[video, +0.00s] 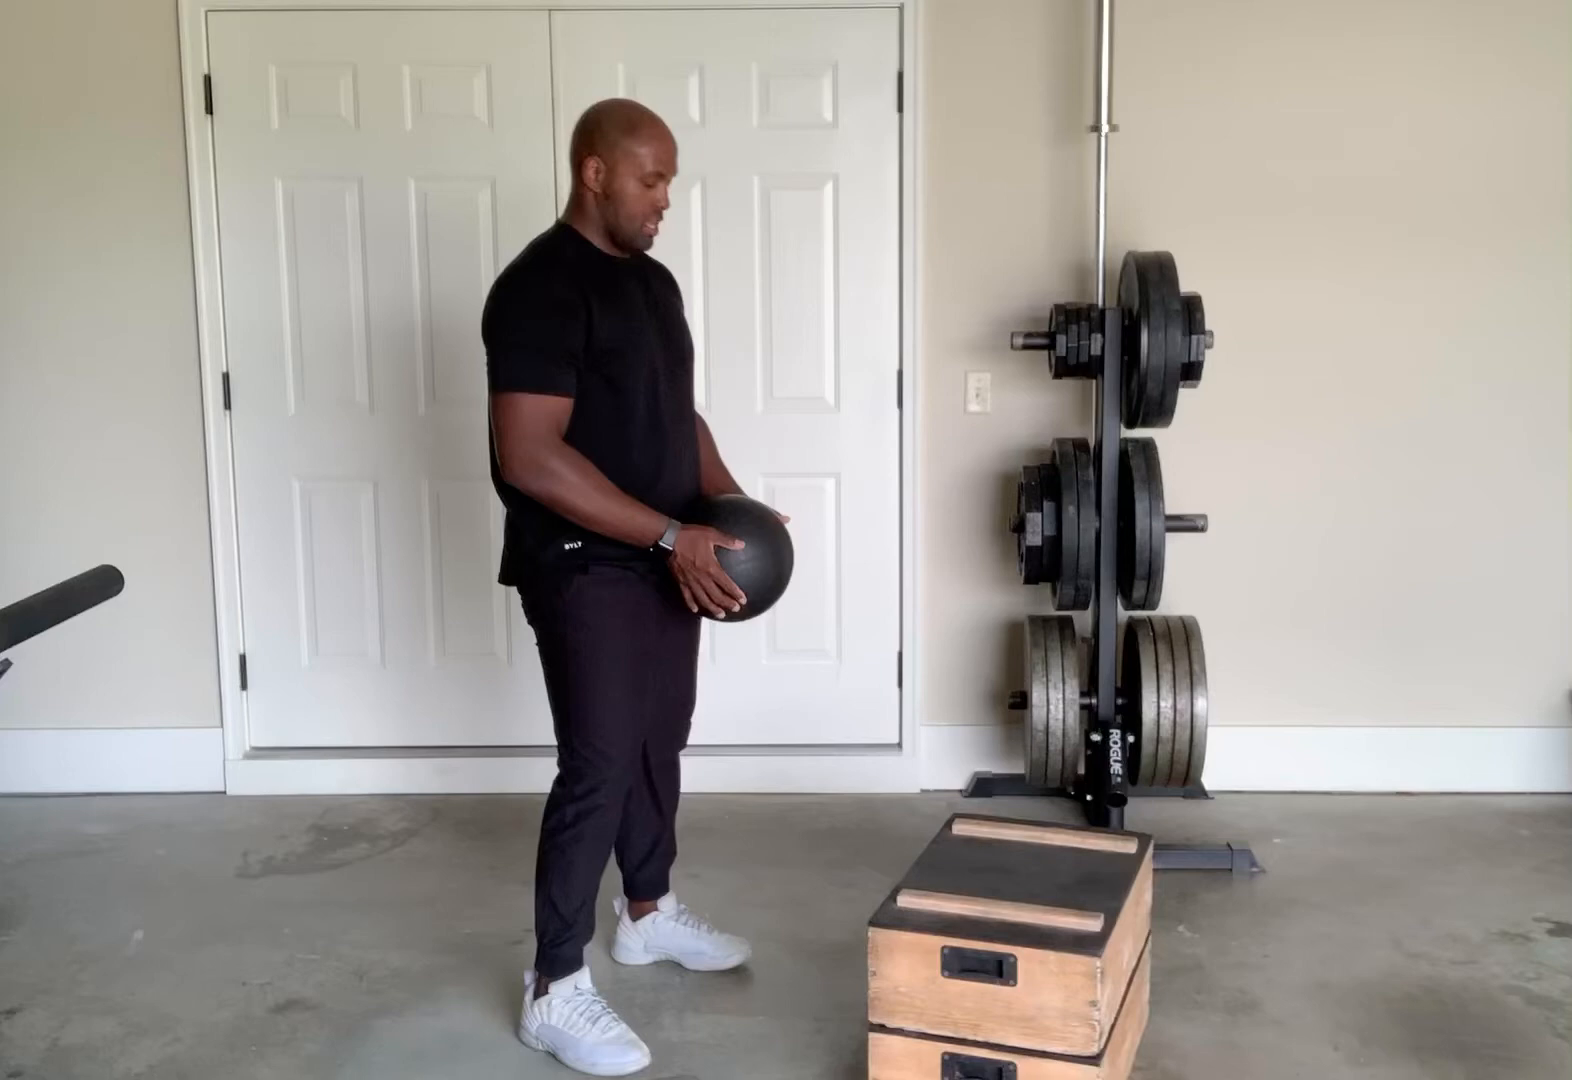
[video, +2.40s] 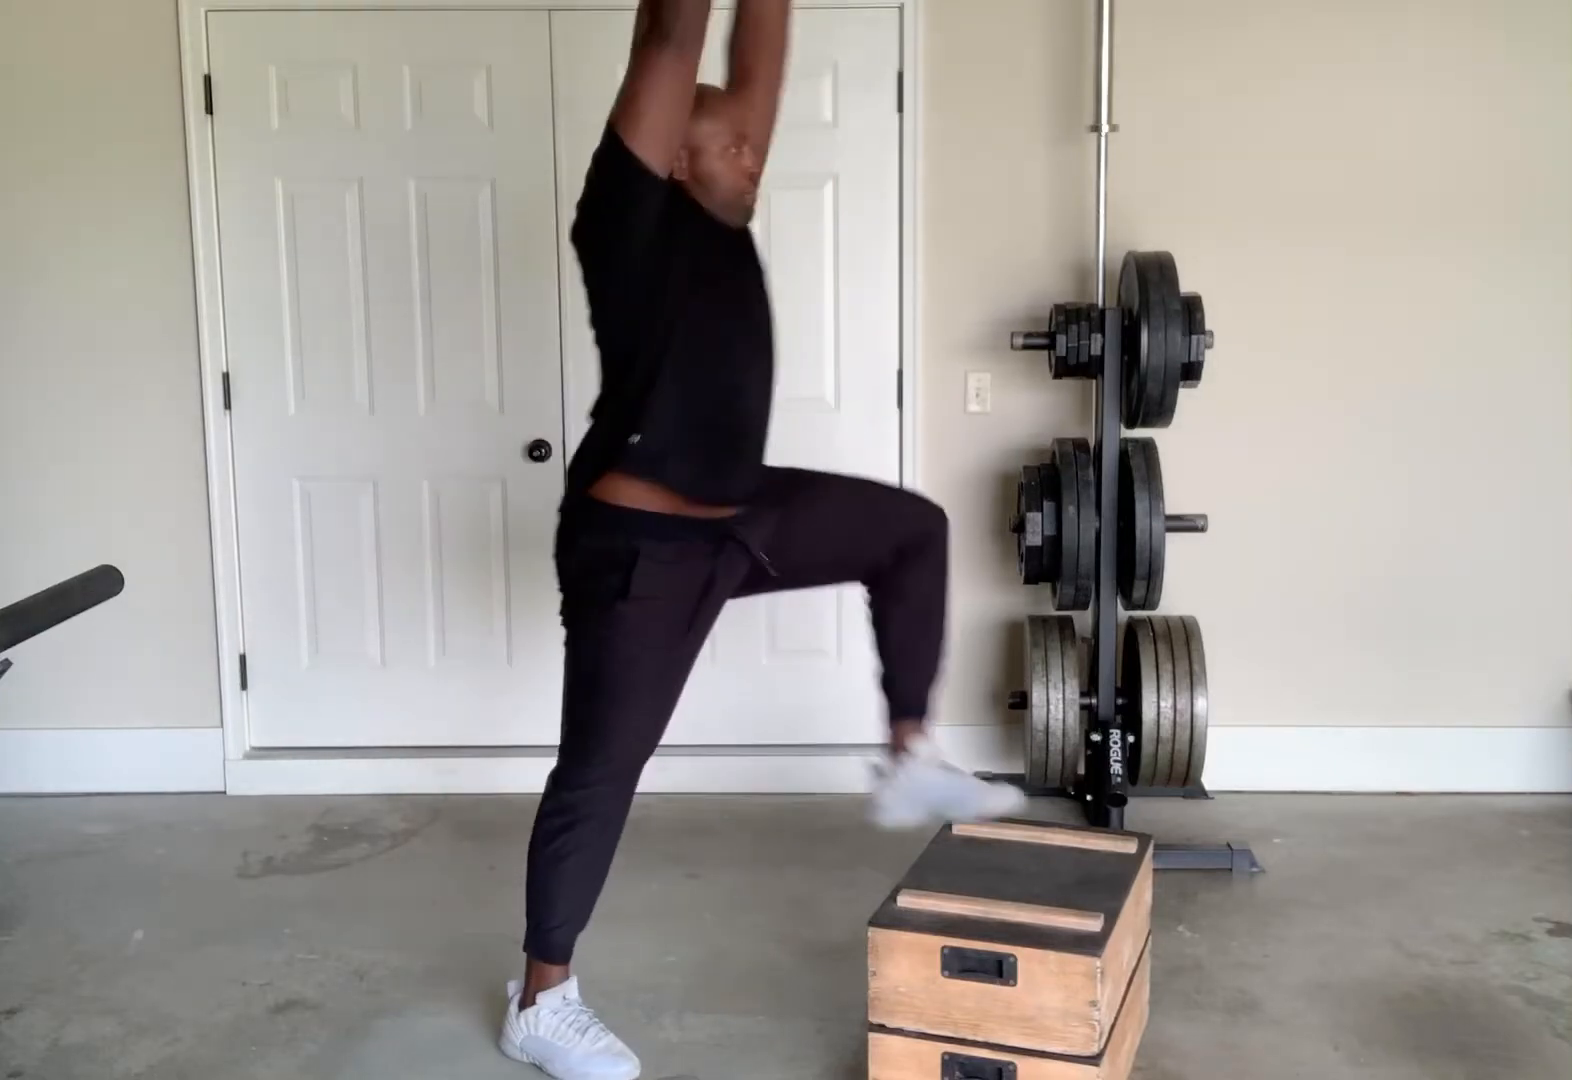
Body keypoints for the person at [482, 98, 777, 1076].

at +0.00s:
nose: (664, 200)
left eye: (670, 182)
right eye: (650, 180)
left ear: (651, 179)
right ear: (590, 172)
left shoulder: (653, 285)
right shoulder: (537, 289)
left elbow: (678, 424)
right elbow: (526, 458)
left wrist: (737, 512)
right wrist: (668, 536)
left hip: (660, 558)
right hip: (580, 566)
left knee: (658, 741)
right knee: (599, 765)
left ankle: (647, 913)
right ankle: (555, 985)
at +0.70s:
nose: (757, 283)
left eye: (767, 269)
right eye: (752, 264)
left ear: (741, 247)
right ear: (703, 230)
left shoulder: (709, 323)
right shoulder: (609, 314)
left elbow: (697, 461)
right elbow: (582, 493)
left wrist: (724, 591)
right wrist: (661, 624)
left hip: (627, 548)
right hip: (539, 555)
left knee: (659, 723)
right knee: (560, 761)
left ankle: (647, 915)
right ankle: (536, 999)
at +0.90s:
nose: (819, 410)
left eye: (830, 397)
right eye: (817, 390)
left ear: (784, 362)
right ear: (771, 353)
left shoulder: (755, 416)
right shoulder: (671, 415)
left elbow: (714, 548)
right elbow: (617, 597)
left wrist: (698, 695)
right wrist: (630, 737)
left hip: (597, 557)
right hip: (501, 556)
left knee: (667, 713)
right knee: (545, 762)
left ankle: (649, 913)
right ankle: (534, 1000)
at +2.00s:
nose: (794, 315)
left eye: (792, 296)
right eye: (778, 296)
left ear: (731, 313)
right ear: (718, 310)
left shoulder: (736, 409)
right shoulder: (647, 403)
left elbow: (698, 531)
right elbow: (573, 577)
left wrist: (718, 658)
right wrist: (666, 700)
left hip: (602, 567)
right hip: (502, 570)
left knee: (682, 717)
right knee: (580, 778)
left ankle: (649, 915)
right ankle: (536, 1002)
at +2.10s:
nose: (725, 210)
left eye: (721, 194)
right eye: (706, 196)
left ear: (662, 213)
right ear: (646, 211)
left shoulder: (695, 317)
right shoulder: (586, 320)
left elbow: (684, 430)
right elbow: (577, 489)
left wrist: (758, 482)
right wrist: (727, 508)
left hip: (647, 568)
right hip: (553, 575)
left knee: (704, 730)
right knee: (602, 783)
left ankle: (656, 910)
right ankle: (539, 1000)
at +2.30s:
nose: (691, 151)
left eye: (685, 140)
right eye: (672, 139)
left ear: (658, 150)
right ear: (628, 151)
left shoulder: (696, 231)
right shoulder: (586, 235)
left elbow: (802, 175)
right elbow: (690, 154)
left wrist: (809, 30)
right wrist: (750, 22)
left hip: (703, 518)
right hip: (610, 543)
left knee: (876, 546)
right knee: (595, 781)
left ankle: (777, 743)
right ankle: (540, 1001)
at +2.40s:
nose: (752, 162)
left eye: (756, 144)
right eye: (736, 143)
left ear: (740, 149)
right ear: (681, 137)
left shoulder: (723, 215)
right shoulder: (628, 208)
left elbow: (761, 76)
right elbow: (667, 30)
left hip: (740, 512)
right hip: (637, 537)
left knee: (913, 531)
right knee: (598, 773)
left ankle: (912, 762)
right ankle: (543, 997)